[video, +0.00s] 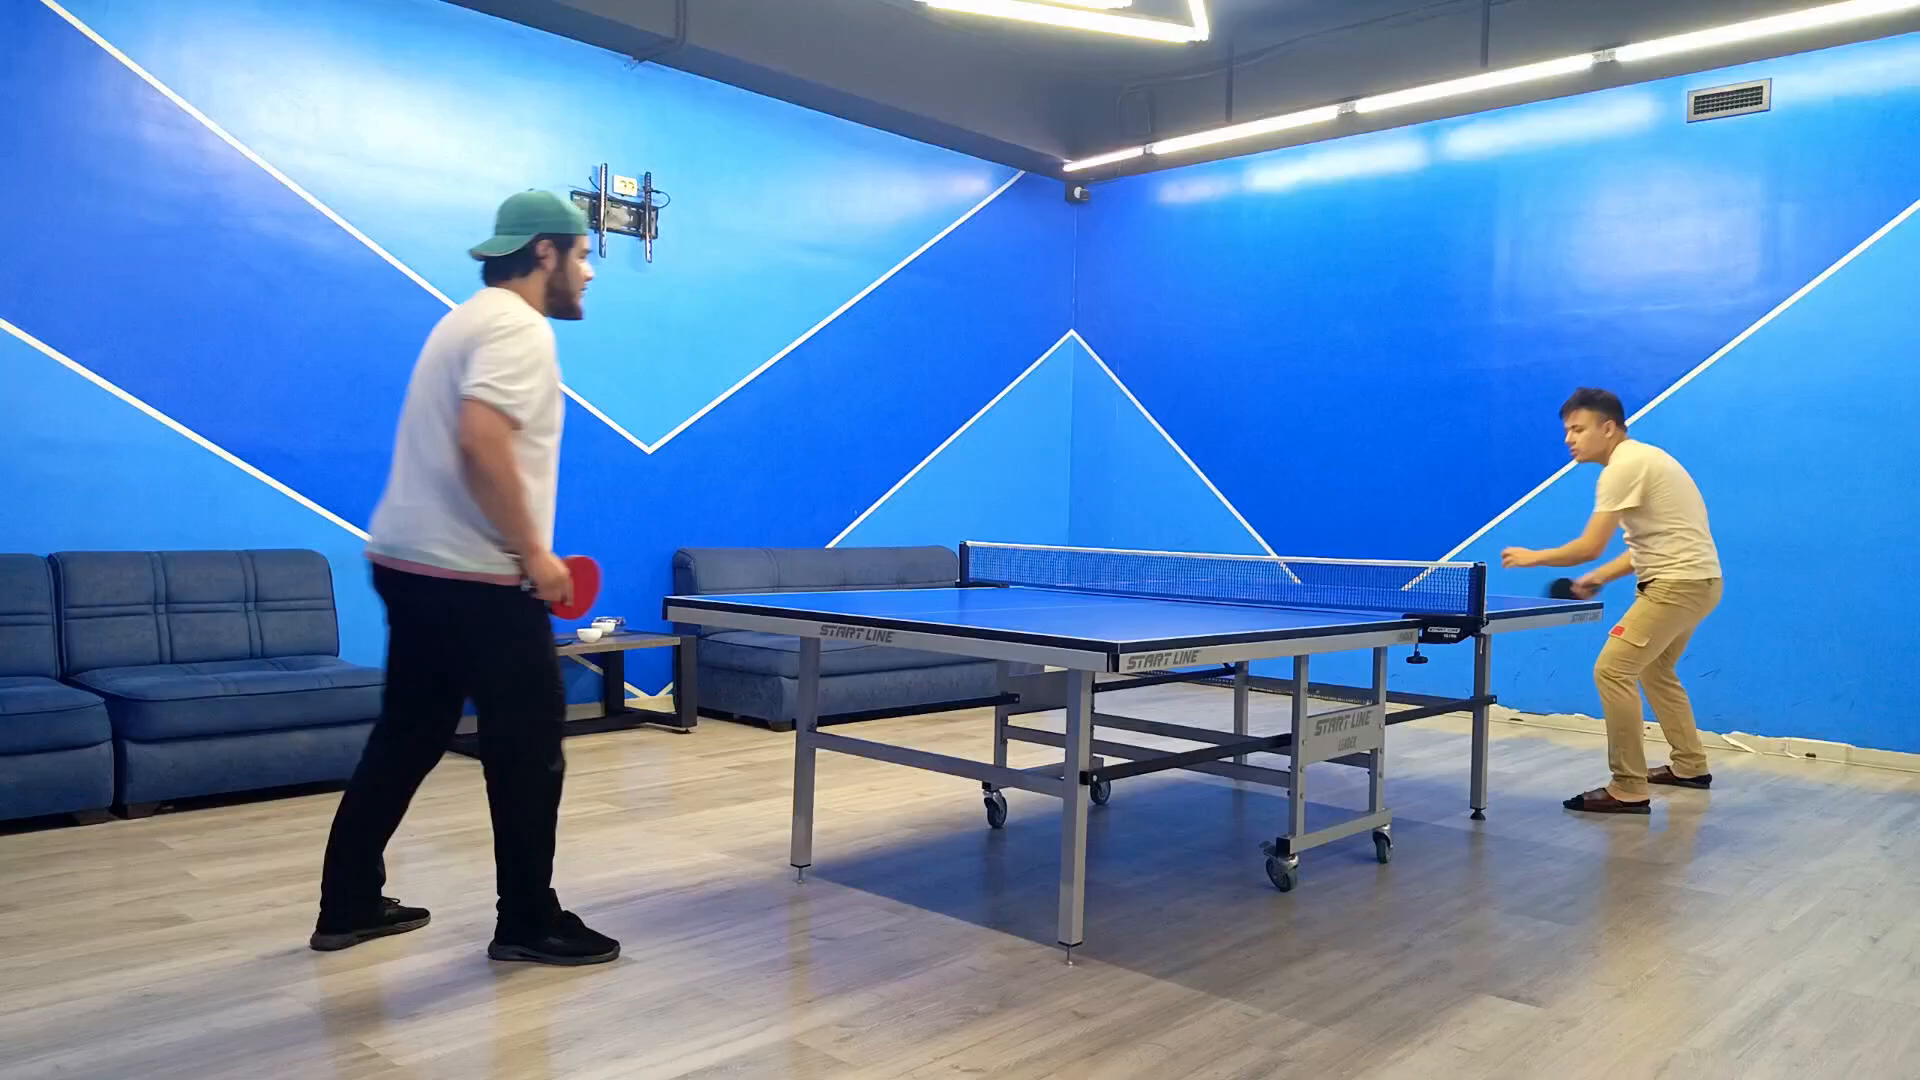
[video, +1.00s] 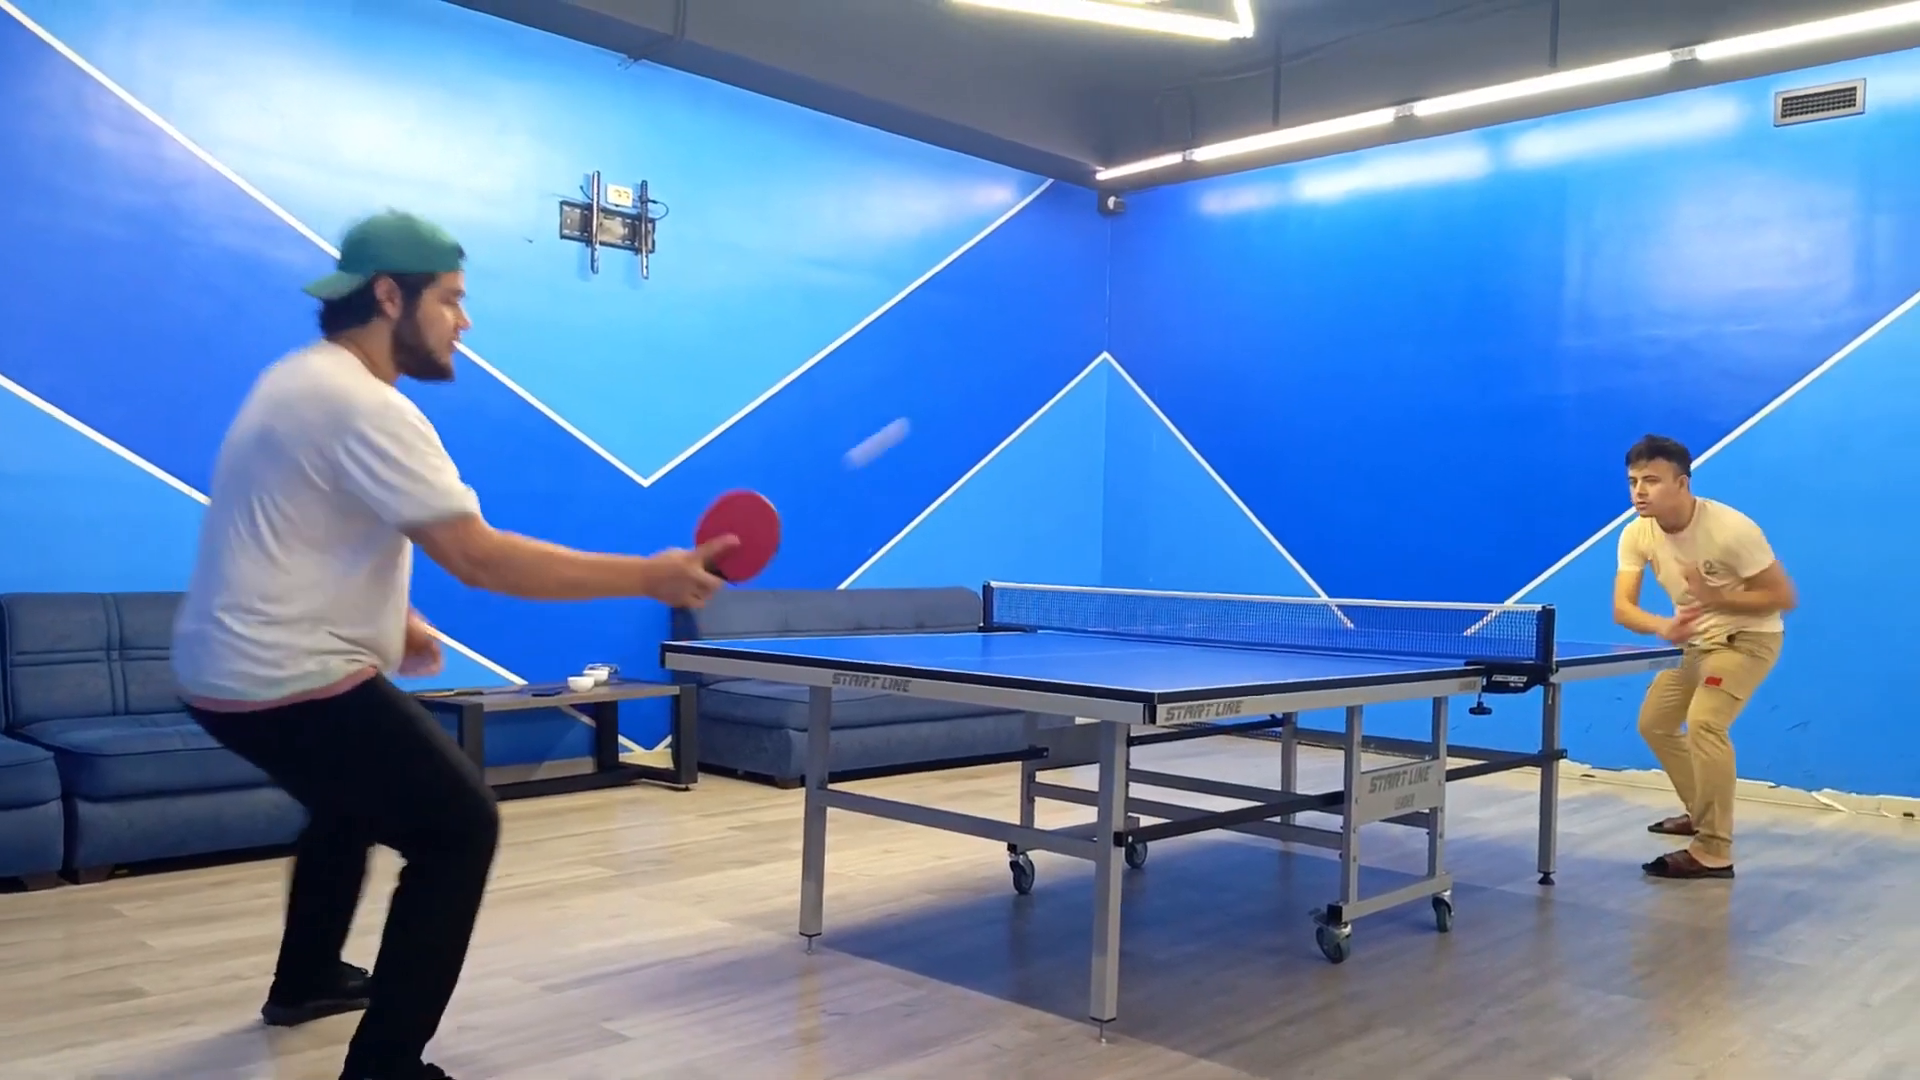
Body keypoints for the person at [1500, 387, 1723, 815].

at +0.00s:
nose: (1569, 439)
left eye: (1577, 429)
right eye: (1567, 430)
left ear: (1610, 428)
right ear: (1611, 431)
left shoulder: (1624, 464)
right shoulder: (1646, 459)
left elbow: (1590, 547)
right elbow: (1652, 545)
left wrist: (1535, 557)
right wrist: (1598, 577)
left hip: (1677, 580)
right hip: (1694, 578)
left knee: (1613, 671)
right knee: (1657, 670)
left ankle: (1629, 788)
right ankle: (1690, 767)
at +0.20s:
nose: (1582, 459)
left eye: (1590, 449)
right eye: (1581, 450)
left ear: (1623, 446)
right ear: (1625, 448)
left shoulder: (1640, 484)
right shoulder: (1667, 471)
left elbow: (1591, 558)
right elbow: (1667, 554)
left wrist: (1534, 553)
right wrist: (1601, 572)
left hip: (1715, 593)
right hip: (1738, 590)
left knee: (1645, 678)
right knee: (1690, 675)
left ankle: (1661, 800)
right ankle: (1727, 777)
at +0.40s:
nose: (1610, 473)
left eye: (1619, 461)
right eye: (1607, 463)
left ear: (1655, 461)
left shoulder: (1704, 495)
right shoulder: (1633, 507)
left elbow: (1673, 577)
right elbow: (1605, 566)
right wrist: (1608, 559)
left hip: (1762, 597)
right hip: (1723, 601)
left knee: (1696, 684)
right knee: (1713, 688)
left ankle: (1699, 811)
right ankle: (1764, 787)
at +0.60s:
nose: (1658, 475)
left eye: (1669, 465)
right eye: (1654, 465)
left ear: (1704, 462)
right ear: (1652, 465)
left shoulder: (1763, 502)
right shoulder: (1662, 502)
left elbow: (1748, 578)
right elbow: (1660, 566)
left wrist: (1706, 539)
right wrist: (1729, 572)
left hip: (1781, 602)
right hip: (1725, 607)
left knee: (1736, 696)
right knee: (1710, 696)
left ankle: (1736, 823)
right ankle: (1787, 775)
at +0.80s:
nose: (1672, 490)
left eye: (1684, 479)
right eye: (1668, 479)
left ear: (1718, 481)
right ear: (1664, 481)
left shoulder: (1769, 527)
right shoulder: (1671, 519)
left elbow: (1742, 614)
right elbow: (1658, 584)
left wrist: (1709, 556)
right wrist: (1727, 598)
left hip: (1784, 628)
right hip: (1731, 629)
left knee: (1736, 714)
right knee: (1695, 714)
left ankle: (1746, 841)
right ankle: (1735, 804)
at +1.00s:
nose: (1639, 491)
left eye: (1651, 481)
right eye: (1634, 482)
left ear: (1682, 483)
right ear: (1630, 485)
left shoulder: (1731, 529)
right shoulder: (1637, 533)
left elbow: (1785, 595)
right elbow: (1622, 609)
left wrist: (1719, 598)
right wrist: (1662, 626)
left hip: (1749, 636)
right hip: (1696, 640)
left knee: (1705, 725)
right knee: (1656, 725)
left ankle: (1714, 850)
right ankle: (1702, 814)